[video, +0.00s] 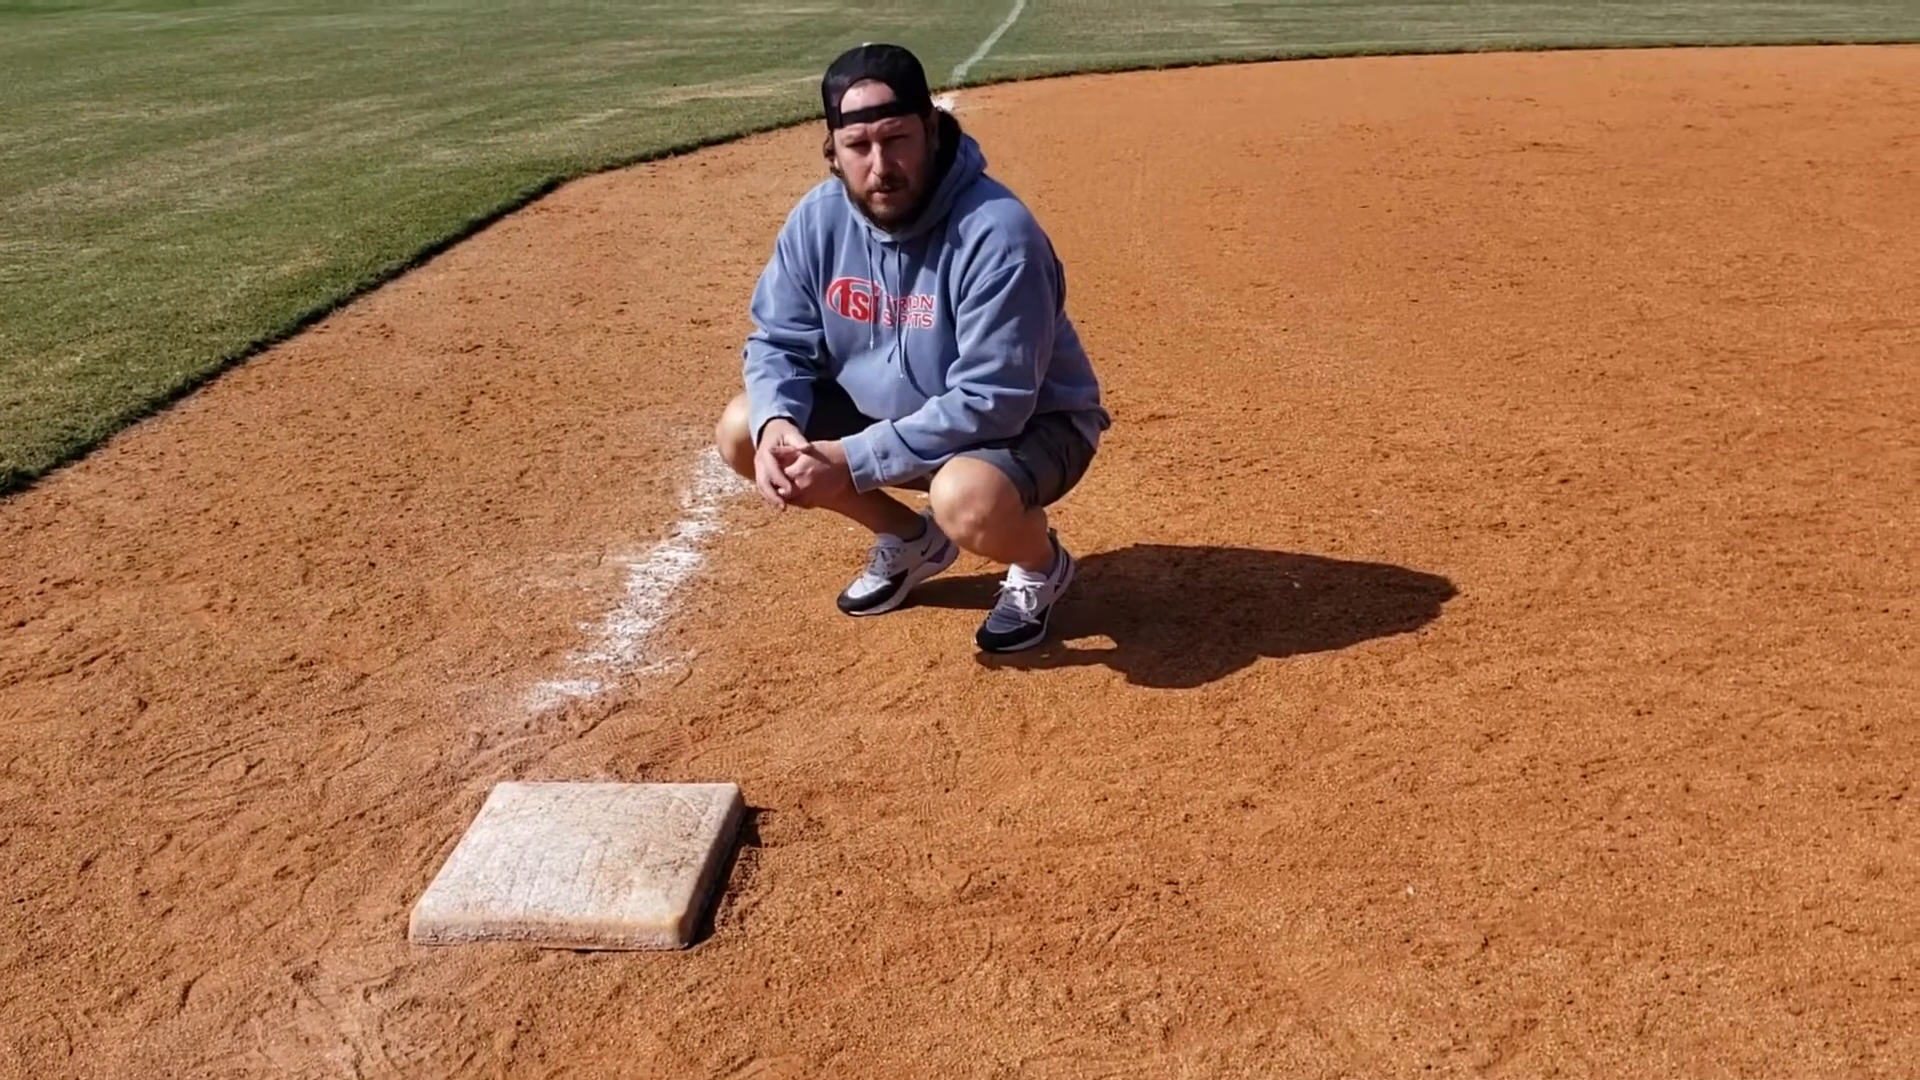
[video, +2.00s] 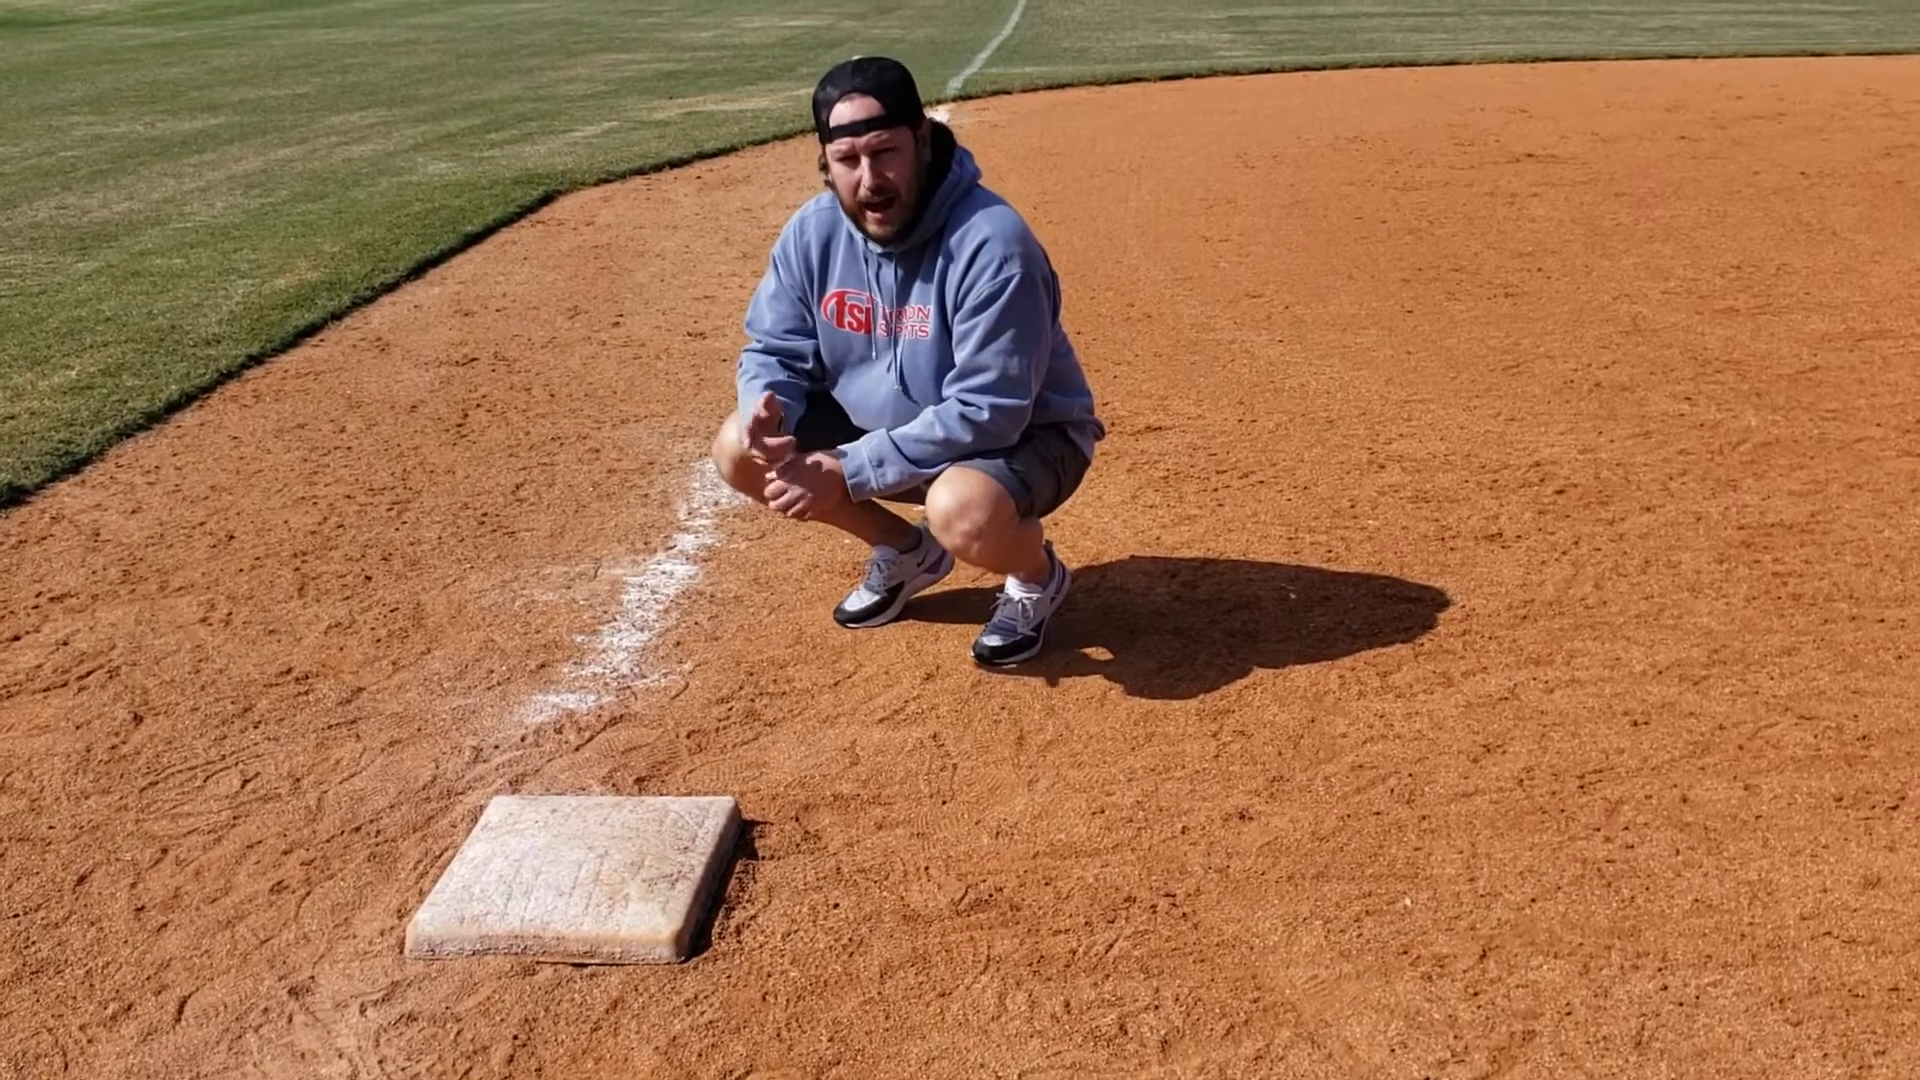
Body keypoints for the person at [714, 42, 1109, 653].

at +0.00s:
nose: (880, 168)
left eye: (897, 139)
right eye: (857, 146)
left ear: (932, 129)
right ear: (833, 151)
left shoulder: (997, 237)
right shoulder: (817, 220)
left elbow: (991, 404)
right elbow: (778, 340)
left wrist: (854, 460)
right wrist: (777, 422)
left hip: (1035, 422)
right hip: (897, 414)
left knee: (965, 499)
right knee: (742, 431)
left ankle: (1043, 566)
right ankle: (909, 538)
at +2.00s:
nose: (869, 181)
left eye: (885, 152)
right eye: (847, 159)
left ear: (923, 140)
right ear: (826, 164)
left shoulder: (992, 246)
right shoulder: (813, 232)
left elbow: (987, 413)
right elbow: (773, 348)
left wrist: (849, 473)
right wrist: (765, 409)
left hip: (1028, 434)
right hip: (891, 427)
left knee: (961, 510)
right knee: (742, 449)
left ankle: (1038, 577)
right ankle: (906, 549)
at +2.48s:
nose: (868, 187)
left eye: (885, 159)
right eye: (847, 164)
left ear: (922, 144)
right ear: (823, 164)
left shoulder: (988, 252)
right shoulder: (809, 235)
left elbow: (983, 417)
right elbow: (771, 353)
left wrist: (847, 473)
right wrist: (769, 431)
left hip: (1026, 437)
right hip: (889, 428)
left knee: (957, 512)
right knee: (737, 451)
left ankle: (1036, 579)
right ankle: (902, 551)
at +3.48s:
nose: (838, 207)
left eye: (856, 181)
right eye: (820, 184)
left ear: (905, 160)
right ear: (806, 177)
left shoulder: (986, 254)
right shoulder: (806, 240)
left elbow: (983, 421)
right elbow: (769, 357)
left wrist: (840, 475)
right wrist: (762, 427)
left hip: (1023, 439)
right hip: (889, 432)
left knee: (957, 516)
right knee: (738, 453)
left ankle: (1034, 582)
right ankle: (901, 554)